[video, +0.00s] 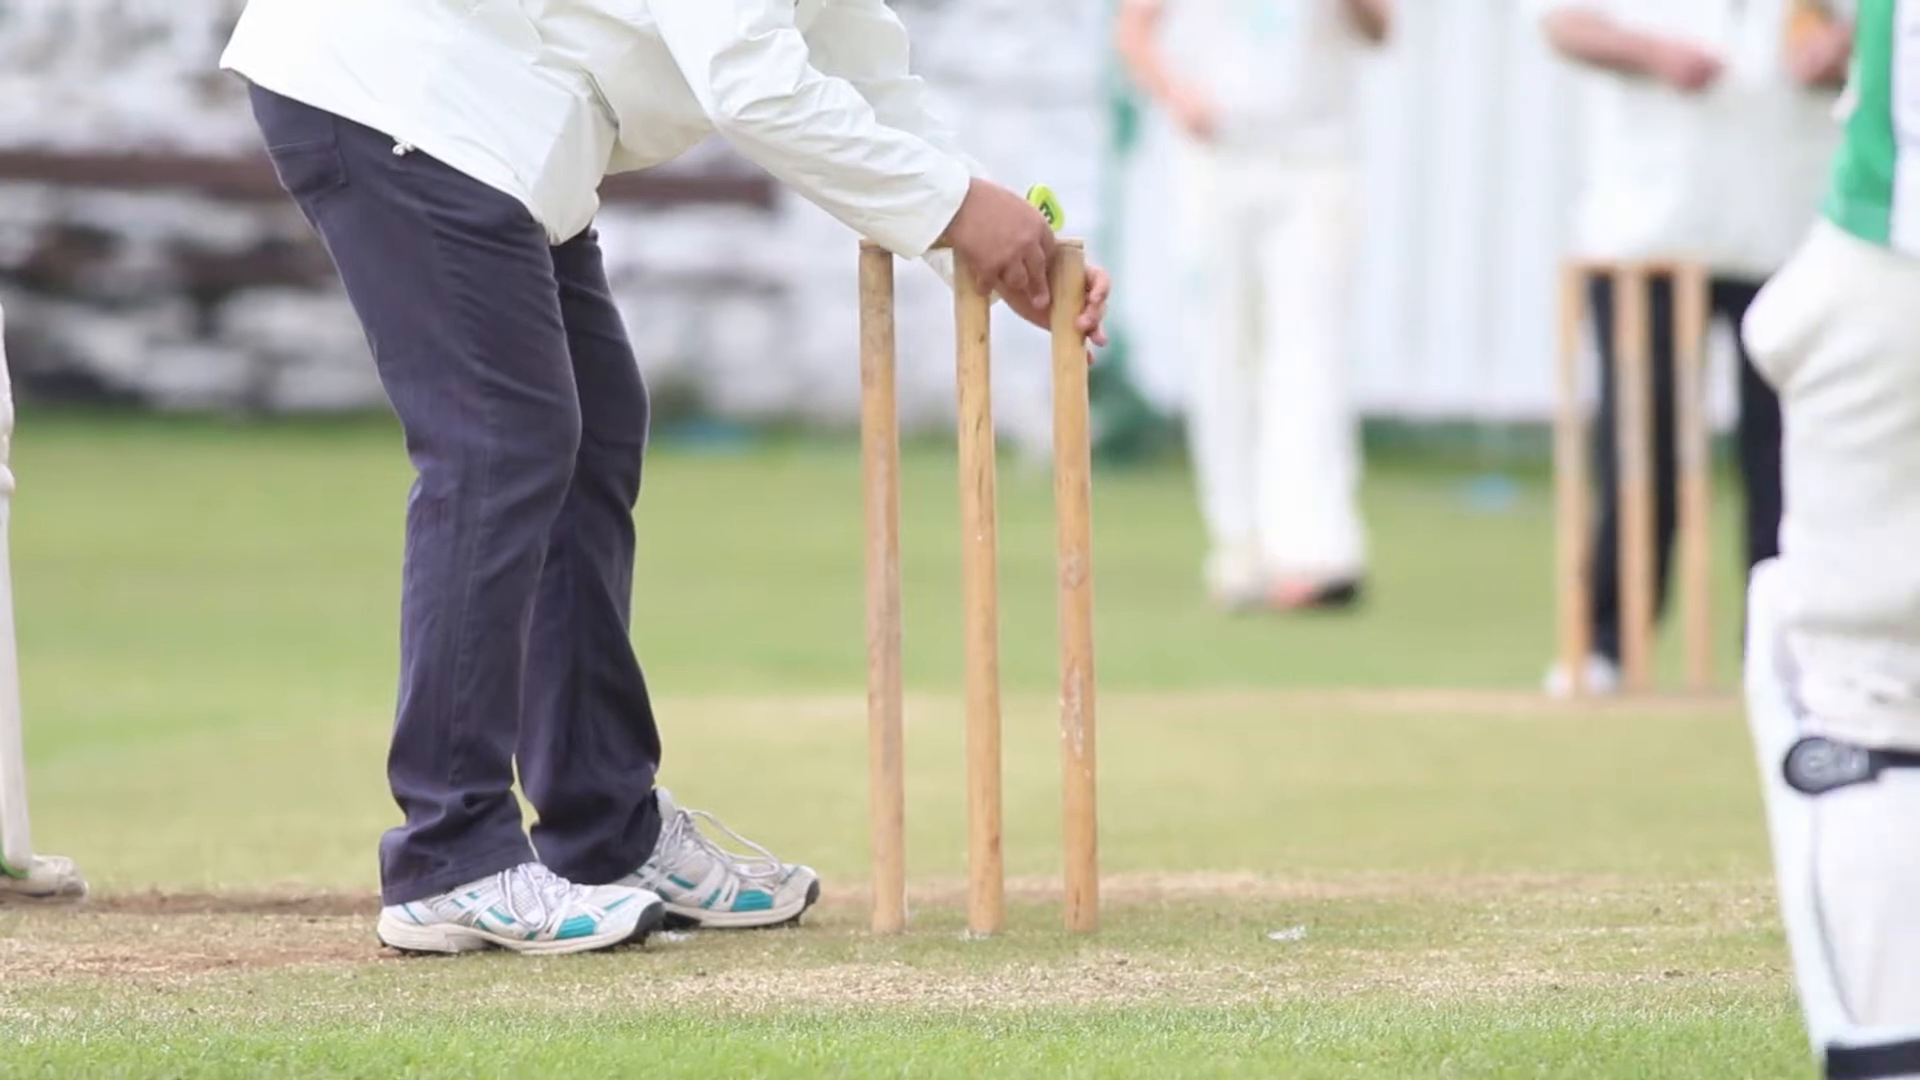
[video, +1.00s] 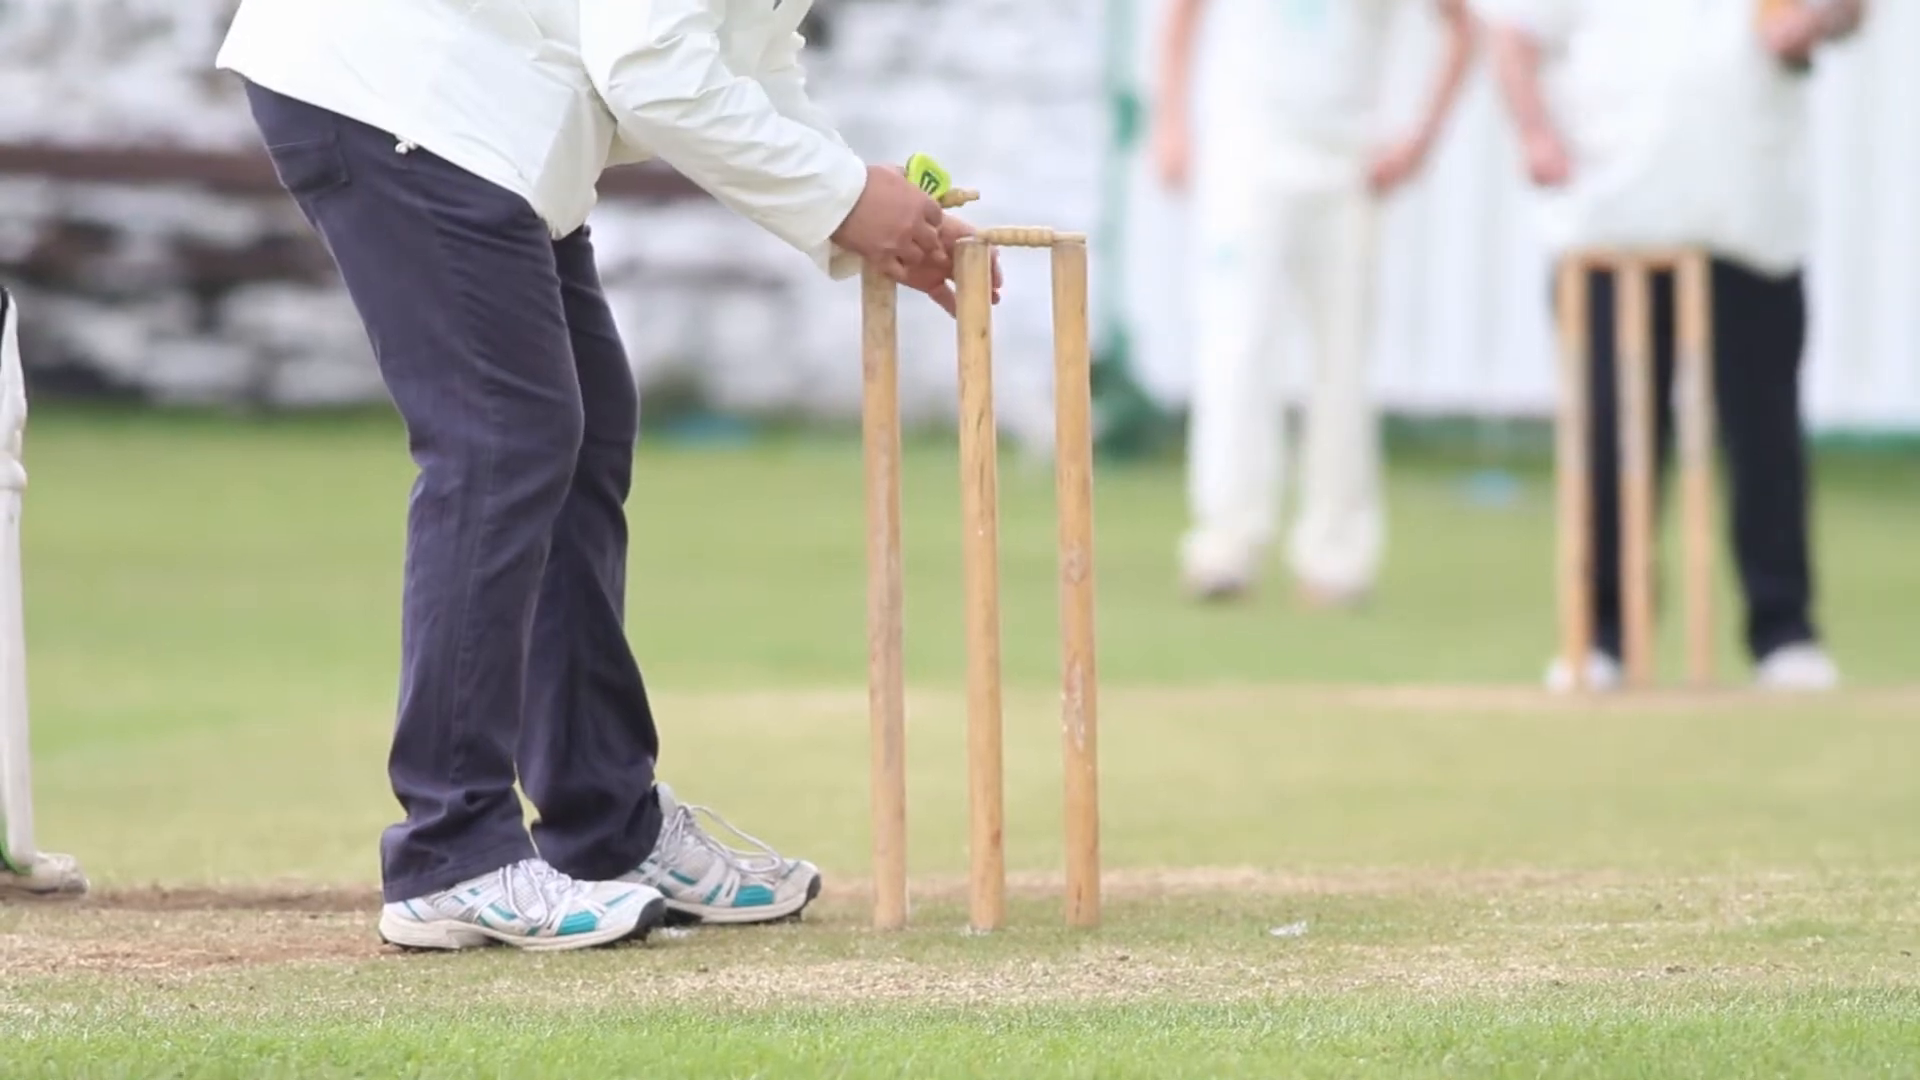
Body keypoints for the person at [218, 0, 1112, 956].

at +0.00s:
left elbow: (875, 85)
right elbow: (749, 84)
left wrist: (1005, 247)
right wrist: (961, 206)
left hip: (502, 87)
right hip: (380, 58)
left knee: (596, 428)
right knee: (508, 436)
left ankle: (605, 834)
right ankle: (447, 866)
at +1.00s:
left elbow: (760, 78)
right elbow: (650, 73)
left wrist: (863, 217)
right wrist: (846, 194)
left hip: (487, 76)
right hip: (381, 59)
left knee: (587, 423)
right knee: (508, 432)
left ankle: (603, 832)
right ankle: (451, 863)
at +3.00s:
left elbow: (795, 79)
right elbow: (648, 66)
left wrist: (945, 170)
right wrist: (827, 203)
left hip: (489, 82)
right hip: (379, 56)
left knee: (587, 416)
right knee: (507, 426)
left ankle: (606, 822)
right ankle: (451, 855)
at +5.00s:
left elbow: (812, 63)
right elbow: (656, 52)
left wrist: (961, 186)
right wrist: (848, 185)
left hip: (490, 73)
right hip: (378, 51)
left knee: (592, 406)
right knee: (507, 417)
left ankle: (606, 816)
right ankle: (453, 848)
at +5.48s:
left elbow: (750, 20)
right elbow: (612, 15)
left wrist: (904, 154)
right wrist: (802, 140)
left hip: (517, 68)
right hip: (394, 53)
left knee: (620, 401)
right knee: (552, 405)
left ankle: (608, 809)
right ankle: (463, 828)